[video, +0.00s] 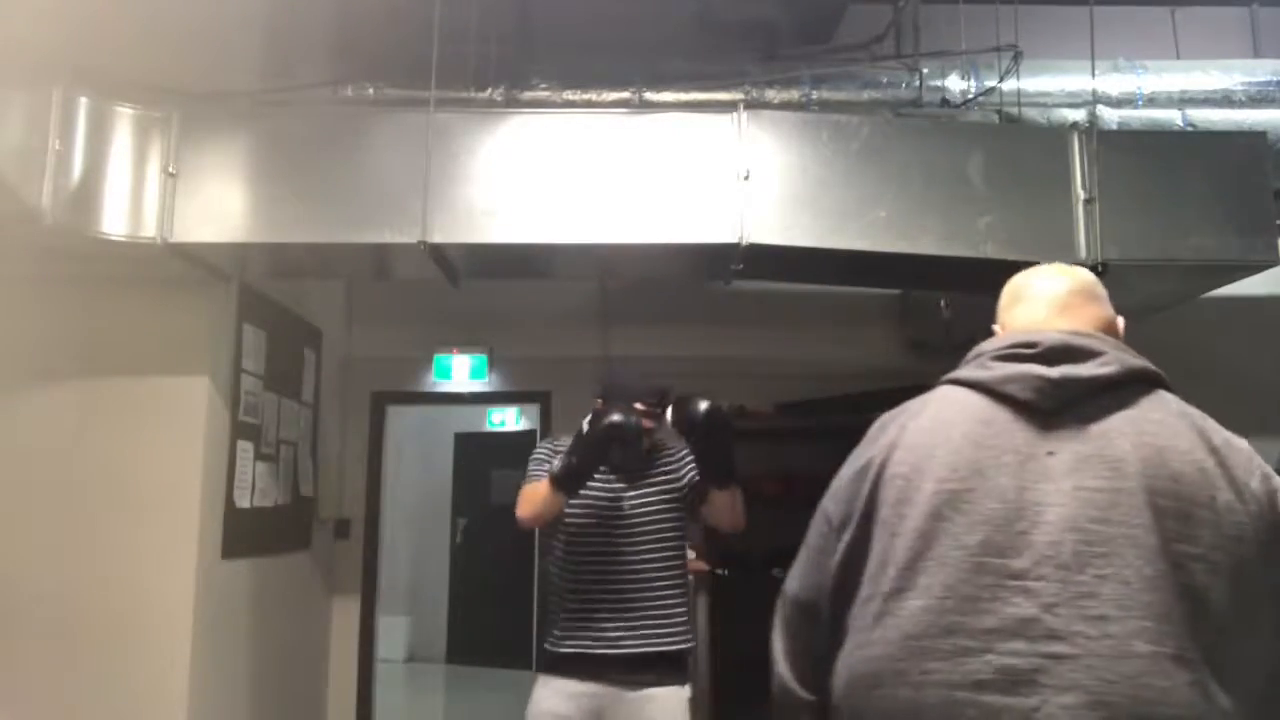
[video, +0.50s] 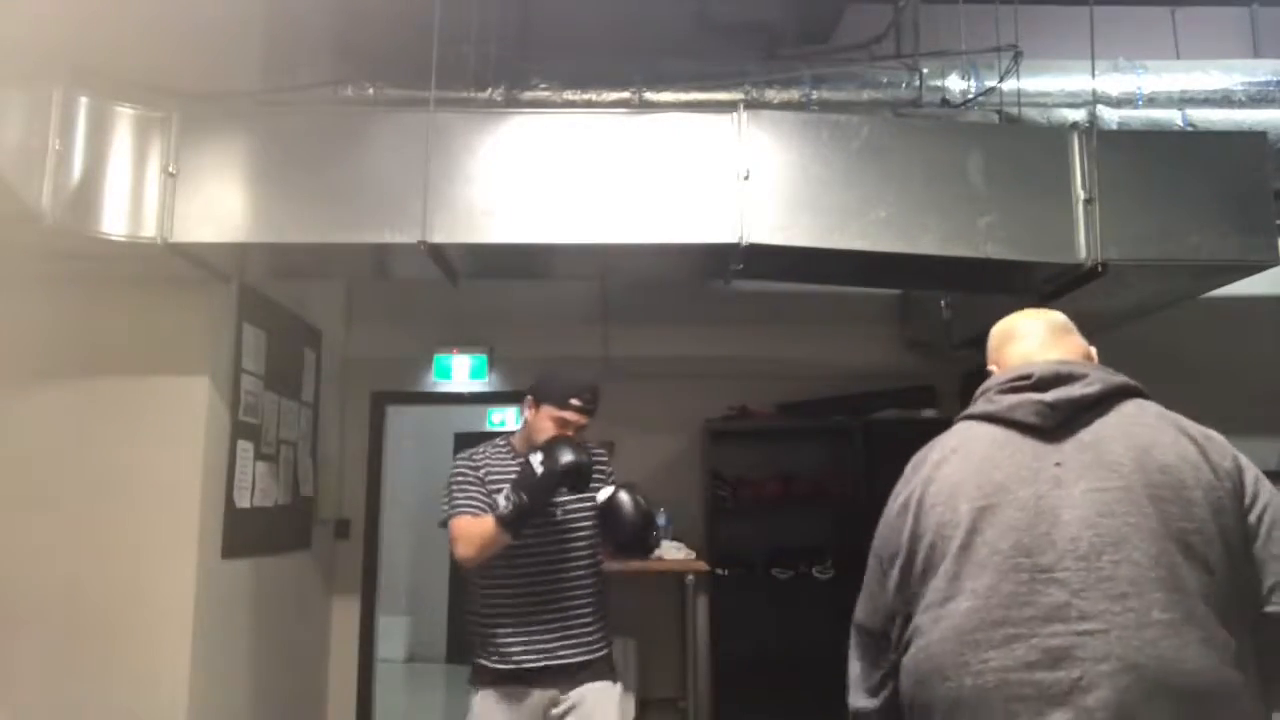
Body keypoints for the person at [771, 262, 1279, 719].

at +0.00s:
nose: (1120, 325)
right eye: (1119, 323)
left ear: (994, 336)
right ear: (1118, 331)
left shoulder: (897, 437)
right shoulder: (1223, 457)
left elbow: (801, 629)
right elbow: (1261, 654)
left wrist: (804, 709)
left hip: (905, 702)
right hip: (1154, 704)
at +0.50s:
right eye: (1092, 352)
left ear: (990, 374)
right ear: (1093, 355)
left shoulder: (928, 468)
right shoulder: (1204, 450)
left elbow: (872, 649)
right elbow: (1276, 593)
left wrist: (873, 711)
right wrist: (1261, 698)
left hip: (967, 704)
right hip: (1186, 700)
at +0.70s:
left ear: (1019, 381)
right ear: (1118, 365)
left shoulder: (959, 467)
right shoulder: (1224, 459)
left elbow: (890, 609)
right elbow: (1272, 593)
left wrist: (908, 706)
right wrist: (1261, 689)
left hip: (995, 701)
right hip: (1207, 699)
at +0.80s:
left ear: (1036, 386)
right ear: (1131, 373)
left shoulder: (981, 463)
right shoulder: (1235, 465)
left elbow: (904, 602)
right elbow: (1272, 591)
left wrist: (927, 691)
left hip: (1012, 699)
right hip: (1223, 696)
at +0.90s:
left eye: (1046, 379)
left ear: (1051, 382)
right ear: (1140, 373)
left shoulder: (1001, 454)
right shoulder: (1235, 460)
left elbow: (927, 586)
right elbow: (1275, 576)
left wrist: (954, 665)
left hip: (1032, 693)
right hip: (1229, 693)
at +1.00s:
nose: (1040, 395)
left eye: (1042, 385)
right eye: (1041, 385)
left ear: (1054, 380)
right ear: (1137, 374)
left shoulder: (1017, 450)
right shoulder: (1232, 457)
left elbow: (950, 579)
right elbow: (1273, 565)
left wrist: (969, 648)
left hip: (1055, 690)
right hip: (1237, 688)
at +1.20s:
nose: (1022, 407)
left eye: (1020, 392)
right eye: (1017, 394)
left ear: (1048, 373)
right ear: (1104, 371)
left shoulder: (1029, 446)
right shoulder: (1198, 447)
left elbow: (984, 582)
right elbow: (1246, 558)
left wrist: (961, 630)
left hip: (1095, 695)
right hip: (1243, 686)